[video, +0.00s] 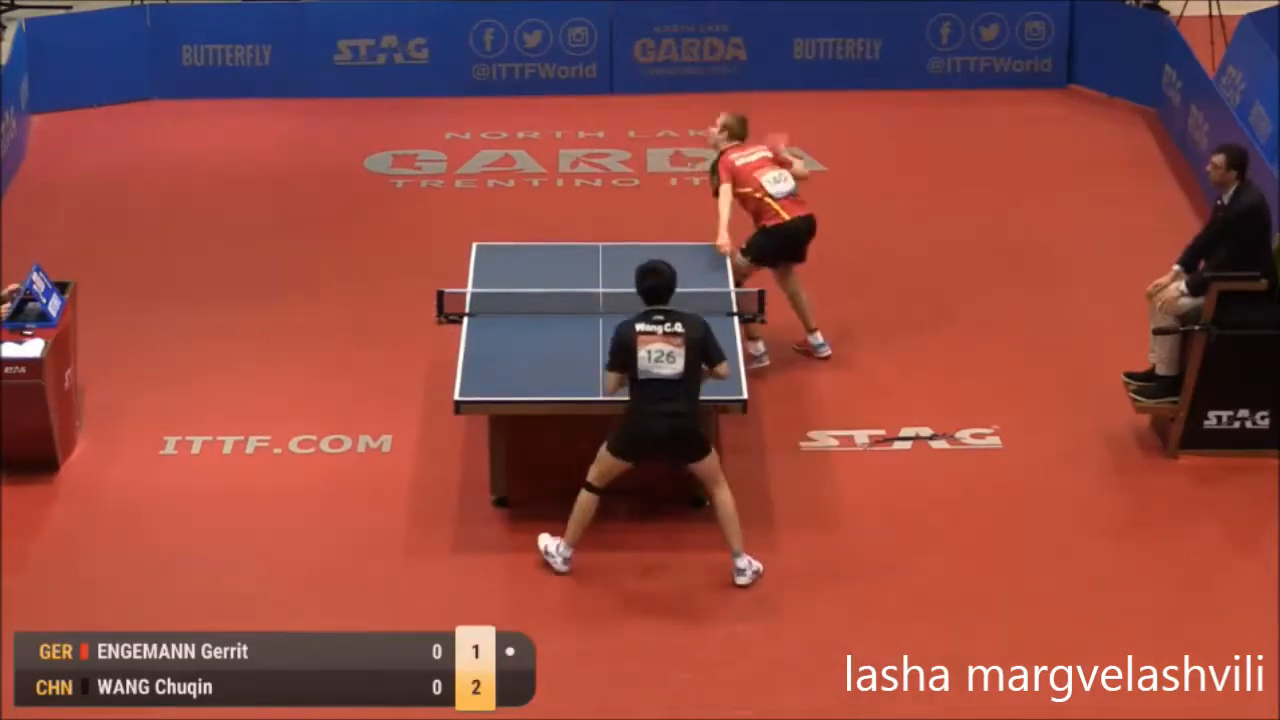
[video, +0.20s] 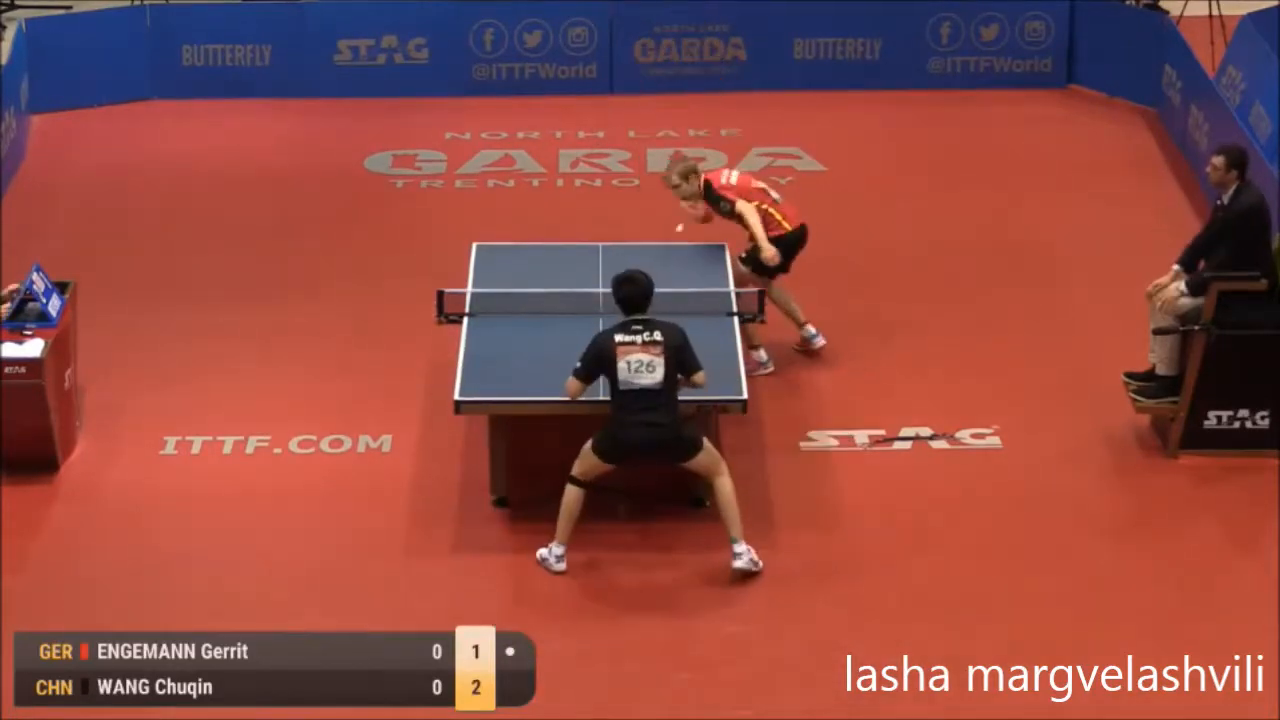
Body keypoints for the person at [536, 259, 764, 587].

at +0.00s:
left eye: (644, 286)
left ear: (639, 291)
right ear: (672, 290)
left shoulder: (627, 329)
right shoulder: (695, 325)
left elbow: (612, 385)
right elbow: (722, 372)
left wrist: (636, 367)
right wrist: (696, 368)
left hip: (639, 427)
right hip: (685, 428)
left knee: (594, 482)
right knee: (717, 486)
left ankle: (563, 551)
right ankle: (741, 561)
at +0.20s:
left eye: (621, 295)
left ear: (617, 301)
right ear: (650, 299)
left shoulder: (605, 340)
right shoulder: (672, 333)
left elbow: (573, 390)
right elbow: (699, 380)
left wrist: (587, 370)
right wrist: (678, 375)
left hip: (622, 433)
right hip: (668, 433)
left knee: (578, 477)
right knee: (718, 472)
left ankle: (557, 551)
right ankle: (740, 550)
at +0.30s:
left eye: (621, 293)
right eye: (637, 291)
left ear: (616, 302)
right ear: (648, 298)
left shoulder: (606, 340)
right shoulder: (673, 332)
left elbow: (575, 390)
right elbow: (698, 378)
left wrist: (567, 381)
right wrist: (674, 378)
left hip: (624, 432)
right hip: (671, 431)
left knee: (580, 478)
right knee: (719, 474)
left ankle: (557, 551)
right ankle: (751, 549)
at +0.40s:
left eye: (623, 299)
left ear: (621, 308)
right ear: (652, 301)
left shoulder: (617, 346)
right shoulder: (680, 334)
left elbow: (590, 401)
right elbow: (711, 376)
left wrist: (555, 402)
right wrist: (687, 387)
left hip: (634, 437)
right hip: (682, 435)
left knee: (585, 476)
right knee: (731, 484)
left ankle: (559, 551)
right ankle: (766, 556)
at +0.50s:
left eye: (620, 306)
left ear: (620, 312)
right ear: (652, 306)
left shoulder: (619, 351)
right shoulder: (682, 334)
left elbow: (596, 401)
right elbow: (720, 371)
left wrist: (549, 404)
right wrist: (707, 386)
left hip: (640, 440)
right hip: (690, 437)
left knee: (591, 473)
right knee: (740, 480)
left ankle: (560, 548)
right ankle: (767, 556)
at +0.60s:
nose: (610, 313)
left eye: (608, 311)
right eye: (624, 307)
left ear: (608, 317)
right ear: (640, 308)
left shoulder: (610, 355)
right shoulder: (673, 333)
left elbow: (577, 399)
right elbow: (718, 356)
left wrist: (539, 387)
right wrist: (730, 370)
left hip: (637, 436)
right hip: (683, 436)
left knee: (591, 449)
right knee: (735, 482)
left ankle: (557, 521)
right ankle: (767, 556)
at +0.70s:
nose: (595, 313)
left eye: (591, 311)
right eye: (603, 306)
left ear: (592, 319)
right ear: (622, 308)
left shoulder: (594, 355)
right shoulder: (657, 330)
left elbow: (564, 390)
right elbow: (702, 351)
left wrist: (529, 370)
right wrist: (728, 366)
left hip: (624, 435)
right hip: (671, 434)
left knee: (578, 455)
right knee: (725, 490)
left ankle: (543, 513)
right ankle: (766, 557)